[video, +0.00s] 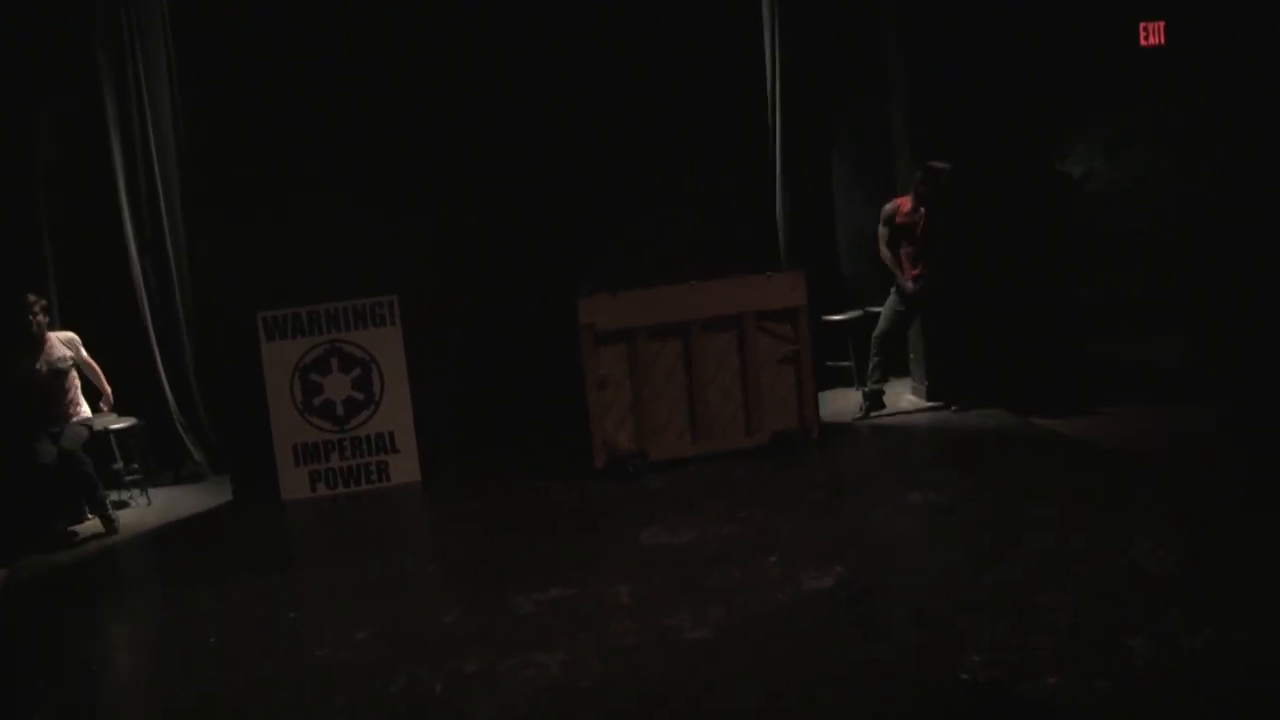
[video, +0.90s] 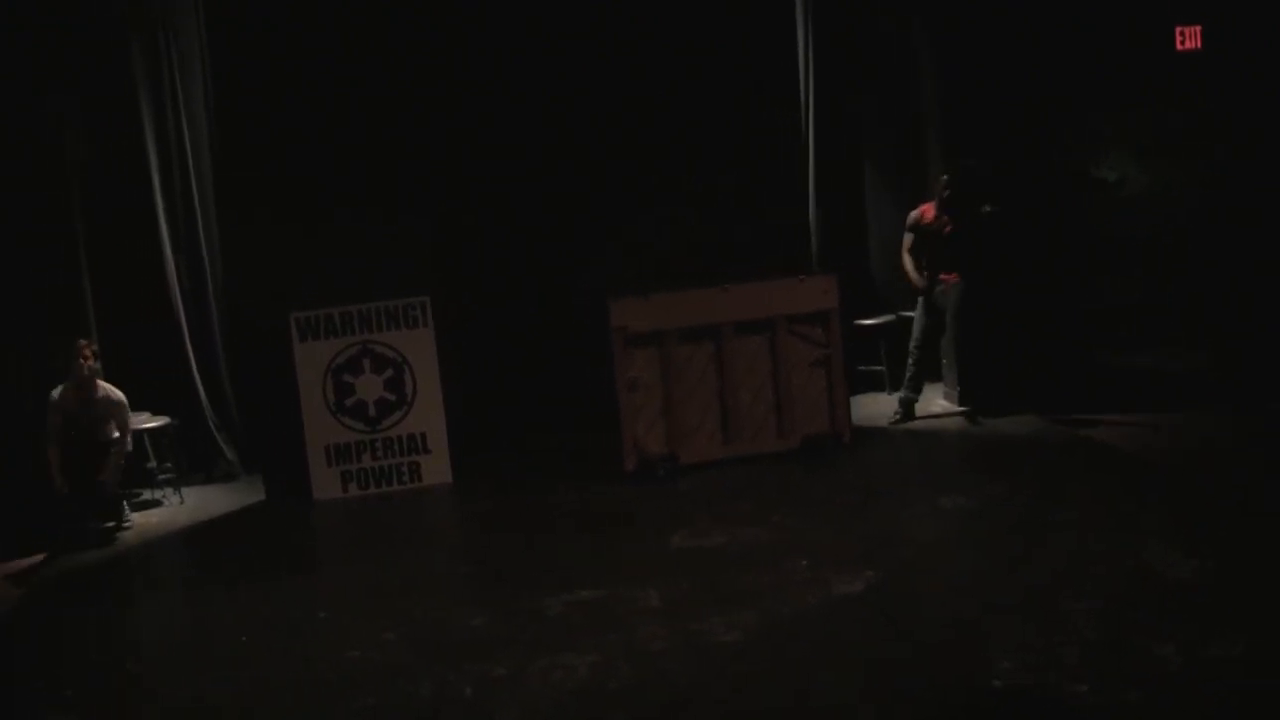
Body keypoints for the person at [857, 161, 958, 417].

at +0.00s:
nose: (923, 192)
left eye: (929, 188)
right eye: (921, 186)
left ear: (936, 190)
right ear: (915, 185)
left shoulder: (939, 213)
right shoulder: (893, 210)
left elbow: (948, 250)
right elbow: (884, 249)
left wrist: (935, 277)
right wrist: (902, 280)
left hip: (937, 286)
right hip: (907, 286)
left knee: (944, 338)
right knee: (881, 336)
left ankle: (953, 392)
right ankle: (873, 396)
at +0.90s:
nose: (948, 194)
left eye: (952, 189)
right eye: (945, 188)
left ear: (960, 191)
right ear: (938, 189)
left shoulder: (968, 216)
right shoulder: (920, 216)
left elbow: (978, 250)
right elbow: (906, 251)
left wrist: (971, 279)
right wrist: (915, 277)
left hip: (959, 288)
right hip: (931, 287)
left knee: (963, 345)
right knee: (917, 347)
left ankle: (971, 404)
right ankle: (906, 405)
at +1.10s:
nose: (959, 194)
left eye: (963, 189)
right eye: (956, 189)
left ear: (969, 192)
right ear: (950, 192)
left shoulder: (980, 220)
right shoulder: (939, 220)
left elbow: (1005, 257)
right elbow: (929, 251)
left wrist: (981, 269)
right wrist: (947, 258)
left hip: (972, 292)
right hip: (944, 289)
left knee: (969, 351)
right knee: (930, 349)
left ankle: (980, 401)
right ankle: (917, 404)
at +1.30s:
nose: (987, 191)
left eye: (990, 186)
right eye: (984, 186)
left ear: (994, 190)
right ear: (976, 188)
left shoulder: (998, 215)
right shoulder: (959, 214)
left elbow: (1002, 255)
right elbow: (947, 252)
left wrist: (997, 286)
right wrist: (958, 285)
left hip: (990, 288)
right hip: (965, 288)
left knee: (986, 342)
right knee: (962, 339)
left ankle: (982, 394)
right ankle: (941, 381)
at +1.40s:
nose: (991, 183)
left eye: (995, 178)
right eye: (988, 177)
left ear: (1000, 180)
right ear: (980, 178)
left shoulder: (1007, 205)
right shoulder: (963, 205)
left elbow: (1013, 243)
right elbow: (948, 244)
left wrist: (1015, 272)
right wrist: (941, 277)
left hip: (1000, 274)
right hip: (970, 276)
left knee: (996, 331)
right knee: (974, 330)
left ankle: (991, 386)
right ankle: (976, 384)